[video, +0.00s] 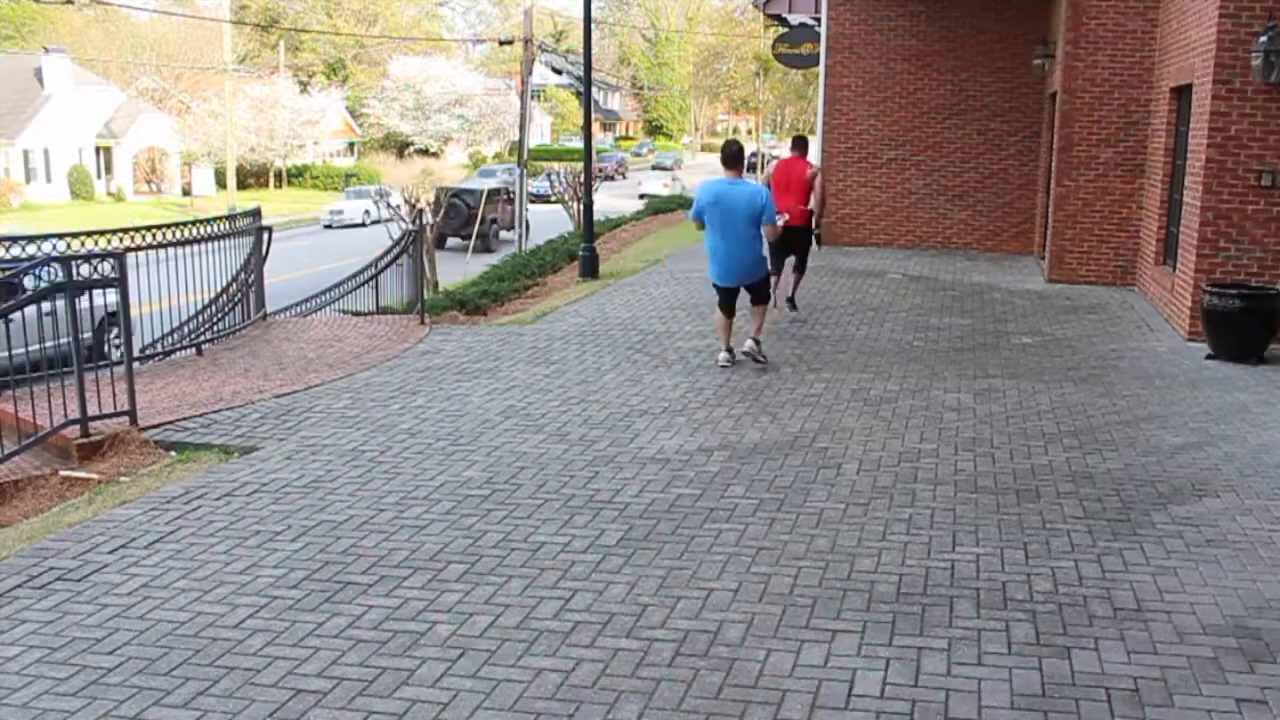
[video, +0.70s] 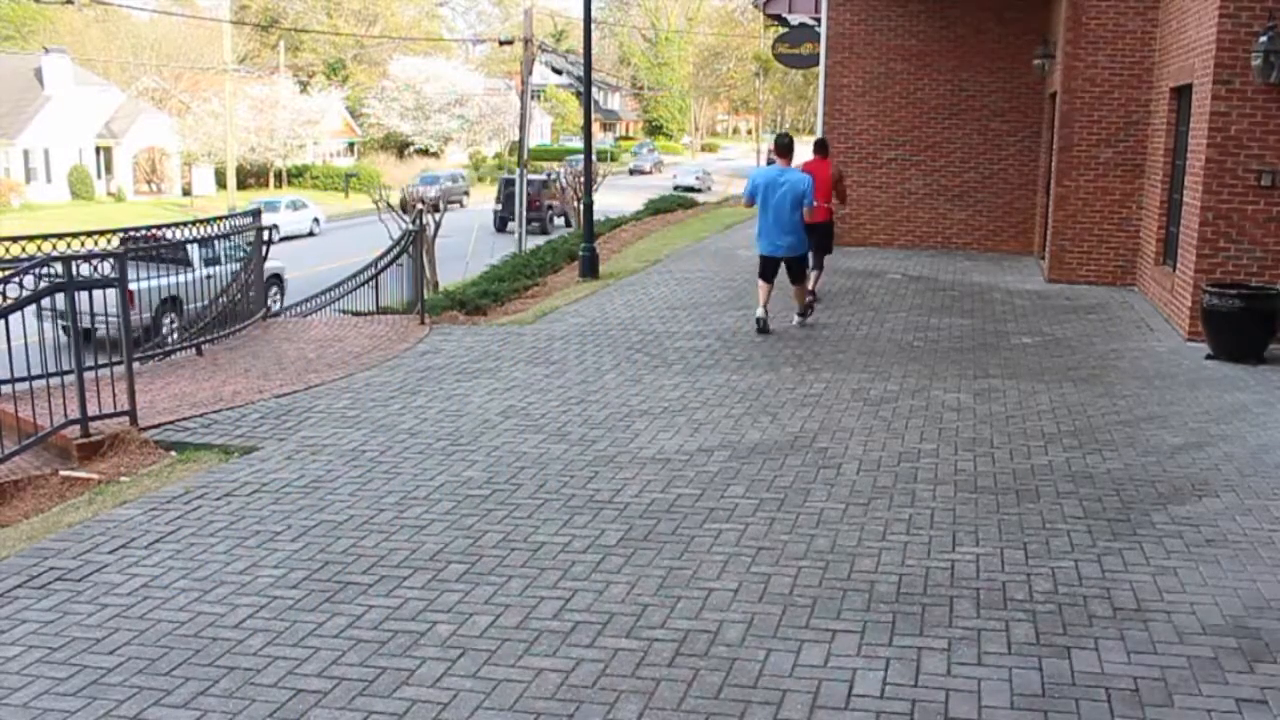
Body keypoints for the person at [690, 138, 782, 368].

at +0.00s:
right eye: (742, 159)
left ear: (721, 162)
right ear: (744, 162)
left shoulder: (707, 190)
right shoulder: (759, 193)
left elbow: (698, 223)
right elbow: (771, 234)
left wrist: (718, 216)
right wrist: (779, 226)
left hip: (721, 266)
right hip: (752, 265)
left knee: (725, 308)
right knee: (760, 298)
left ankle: (725, 350)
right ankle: (753, 338)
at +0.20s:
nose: (759, 160)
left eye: (748, 156)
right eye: (762, 156)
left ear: (743, 158)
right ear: (765, 157)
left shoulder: (727, 183)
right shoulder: (777, 189)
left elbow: (712, 212)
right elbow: (781, 227)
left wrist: (730, 198)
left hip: (736, 256)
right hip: (765, 259)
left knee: (735, 293)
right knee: (771, 299)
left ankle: (728, 325)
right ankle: (776, 337)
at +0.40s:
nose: (773, 154)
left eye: (761, 151)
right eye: (775, 150)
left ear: (756, 151)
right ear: (777, 151)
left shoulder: (744, 178)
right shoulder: (791, 181)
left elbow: (732, 209)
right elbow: (796, 217)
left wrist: (749, 200)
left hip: (752, 246)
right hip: (782, 248)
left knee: (751, 287)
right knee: (782, 292)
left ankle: (753, 321)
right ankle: (776, 328)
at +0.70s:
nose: (776, 153)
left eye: (773, 150)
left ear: (773, 152)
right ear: (793, 152)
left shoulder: (760, 175)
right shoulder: (804, 180)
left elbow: (748, 202)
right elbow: (808, 214)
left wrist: (764, 190)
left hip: (768, 240)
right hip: (794, 242)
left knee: (765, 278)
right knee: (798, 281)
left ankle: (761, 309)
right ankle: (801, 311)